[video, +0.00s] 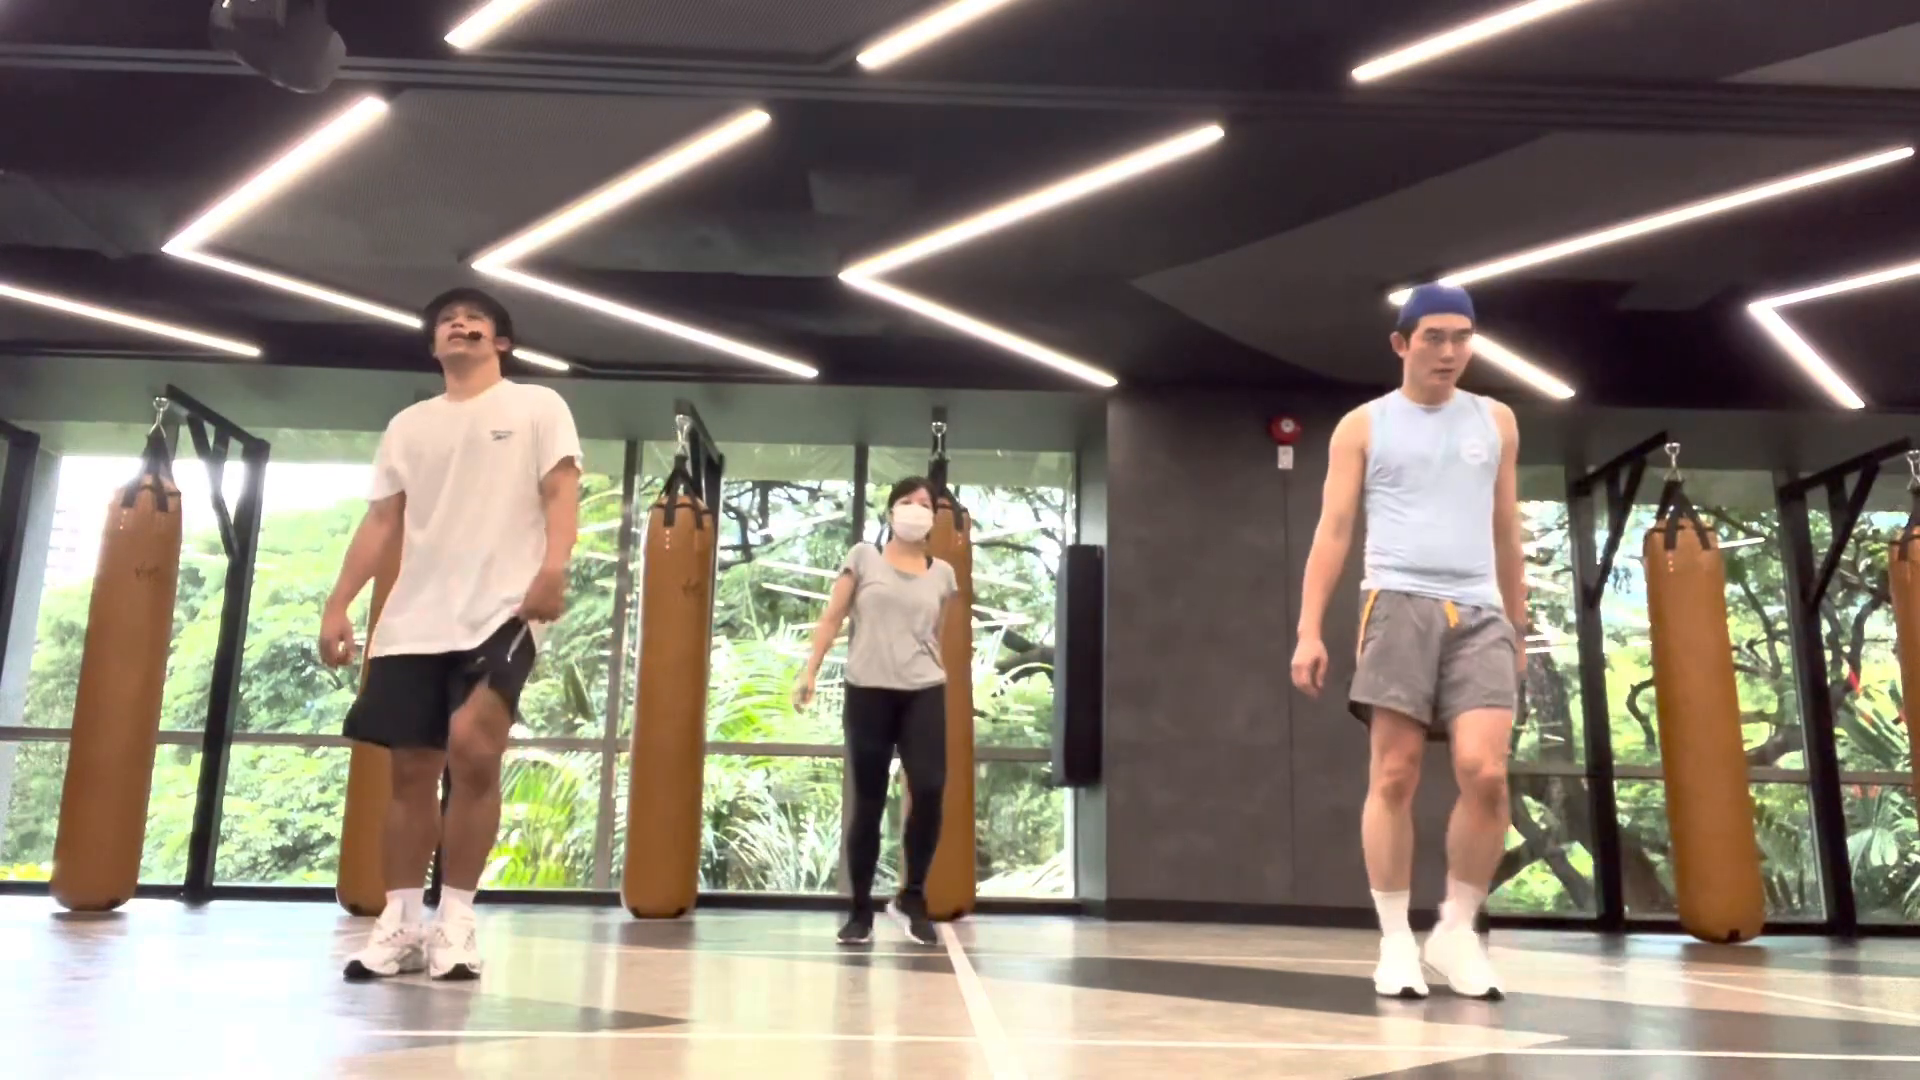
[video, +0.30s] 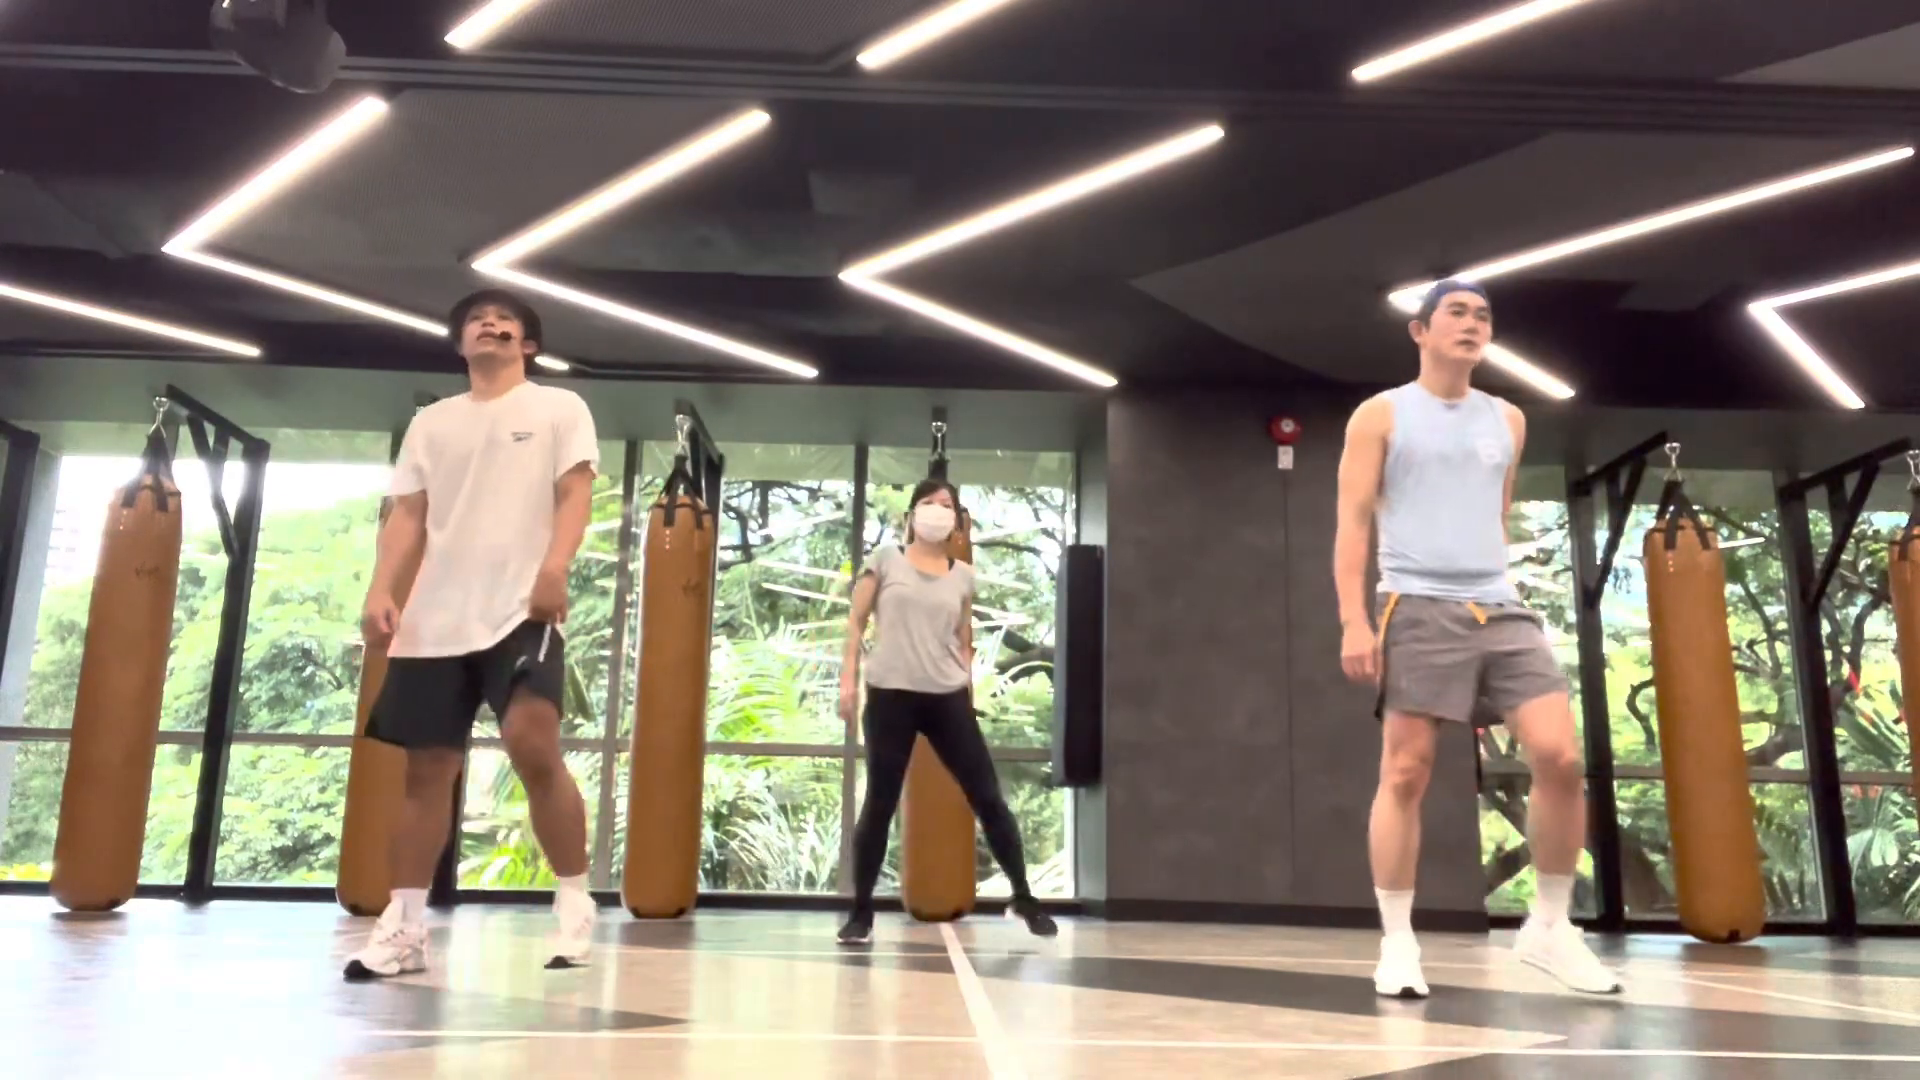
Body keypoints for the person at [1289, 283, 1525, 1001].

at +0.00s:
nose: (1448, 351)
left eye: (1459, 338)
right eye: (1434, 337)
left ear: (1472, 346)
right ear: (1401, 344)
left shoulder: (1496, 423)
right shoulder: (1361, 427)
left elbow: (1507, 537)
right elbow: (1333, 531)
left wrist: (1517, 626)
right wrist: (1309, 628)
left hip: (1482, 614)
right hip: (1397, 611)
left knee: (1486, 774)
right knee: (1394, 776)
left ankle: (1455, 934)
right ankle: (1396, 944)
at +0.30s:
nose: (1472, 324)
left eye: (1482, 317)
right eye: (1457, 312)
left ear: (1490, 340)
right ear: (1420, 330)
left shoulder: (1507, 422)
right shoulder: (1379, 415)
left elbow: (1500, 524)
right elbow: (1353, 521)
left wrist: (1497, 606)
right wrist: (1354, 621)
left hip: (1502, 611)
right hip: (1418, 612)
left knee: (1562, 760)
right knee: (1405, 774)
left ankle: (1547, 929)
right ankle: (1398, 944)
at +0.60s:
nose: (1525, 321)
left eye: (1533, 314)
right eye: (1506, 314)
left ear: (1545, 341)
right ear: (1474, 343)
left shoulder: (1575, 427)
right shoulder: (1450, 418)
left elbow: (1584, 534)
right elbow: (1418, 519)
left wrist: (1591, 618)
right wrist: (1429, 608)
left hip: (1572, 622)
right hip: (1491, 620)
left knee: (1594, 783)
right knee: (1455, 775)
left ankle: (1605, 956)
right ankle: (1409, 941)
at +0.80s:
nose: (1547, 323)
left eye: (1554, 318)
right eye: (1528, 319)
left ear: (1567, 346)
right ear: (1498, 350)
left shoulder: (1597, 434)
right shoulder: (1472, 417)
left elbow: (1637, 526)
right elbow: (1444, 520)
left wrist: (1676, 594)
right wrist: (1457, 616)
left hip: (1597, 620)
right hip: (1517, 618)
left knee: (1604, 780)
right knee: (1535, 771)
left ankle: (1605, 954)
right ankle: (1490, 924)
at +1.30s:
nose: (1504, 325)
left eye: (1513, 319)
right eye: (1486, 321)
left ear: (1530, 346)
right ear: (1458, 351)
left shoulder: (1572, 419)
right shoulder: (1430, 428)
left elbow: (1592, 511)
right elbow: (1414, 531)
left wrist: (1603, 527)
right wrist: (1400, 622)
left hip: (1555, 623)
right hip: (1463, 621)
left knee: (1585, 780)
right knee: (1424, 773)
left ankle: (1603, 956)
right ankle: (1379, 938)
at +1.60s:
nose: (1424, 325)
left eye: (1434, 317)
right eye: (1407, 319)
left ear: (1450, 340)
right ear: (1379, 345)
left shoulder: (1490, 412)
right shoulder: (1348, 428)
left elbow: (1510, 514)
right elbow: (1331, 531)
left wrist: (1527, 601)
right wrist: (1316, 626)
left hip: (1473, 618)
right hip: (1384, 617)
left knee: (1528, 773)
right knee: (1372, 777)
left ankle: (1547, 937)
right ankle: (1369, 943)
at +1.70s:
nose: (1413, 325)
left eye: (1423, 316)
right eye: (1397, 318)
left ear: (1439, 339)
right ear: (1368, 343)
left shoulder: (1477, 411)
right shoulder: (1337, 427)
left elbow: (1495, 521)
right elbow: (1314, 530)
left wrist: (1511, 617)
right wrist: (1295, 627)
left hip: (1463, 616)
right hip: (1375, 616)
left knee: (1488, 776)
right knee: (1368, 777)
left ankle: (1475, 926)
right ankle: (1369, 943)